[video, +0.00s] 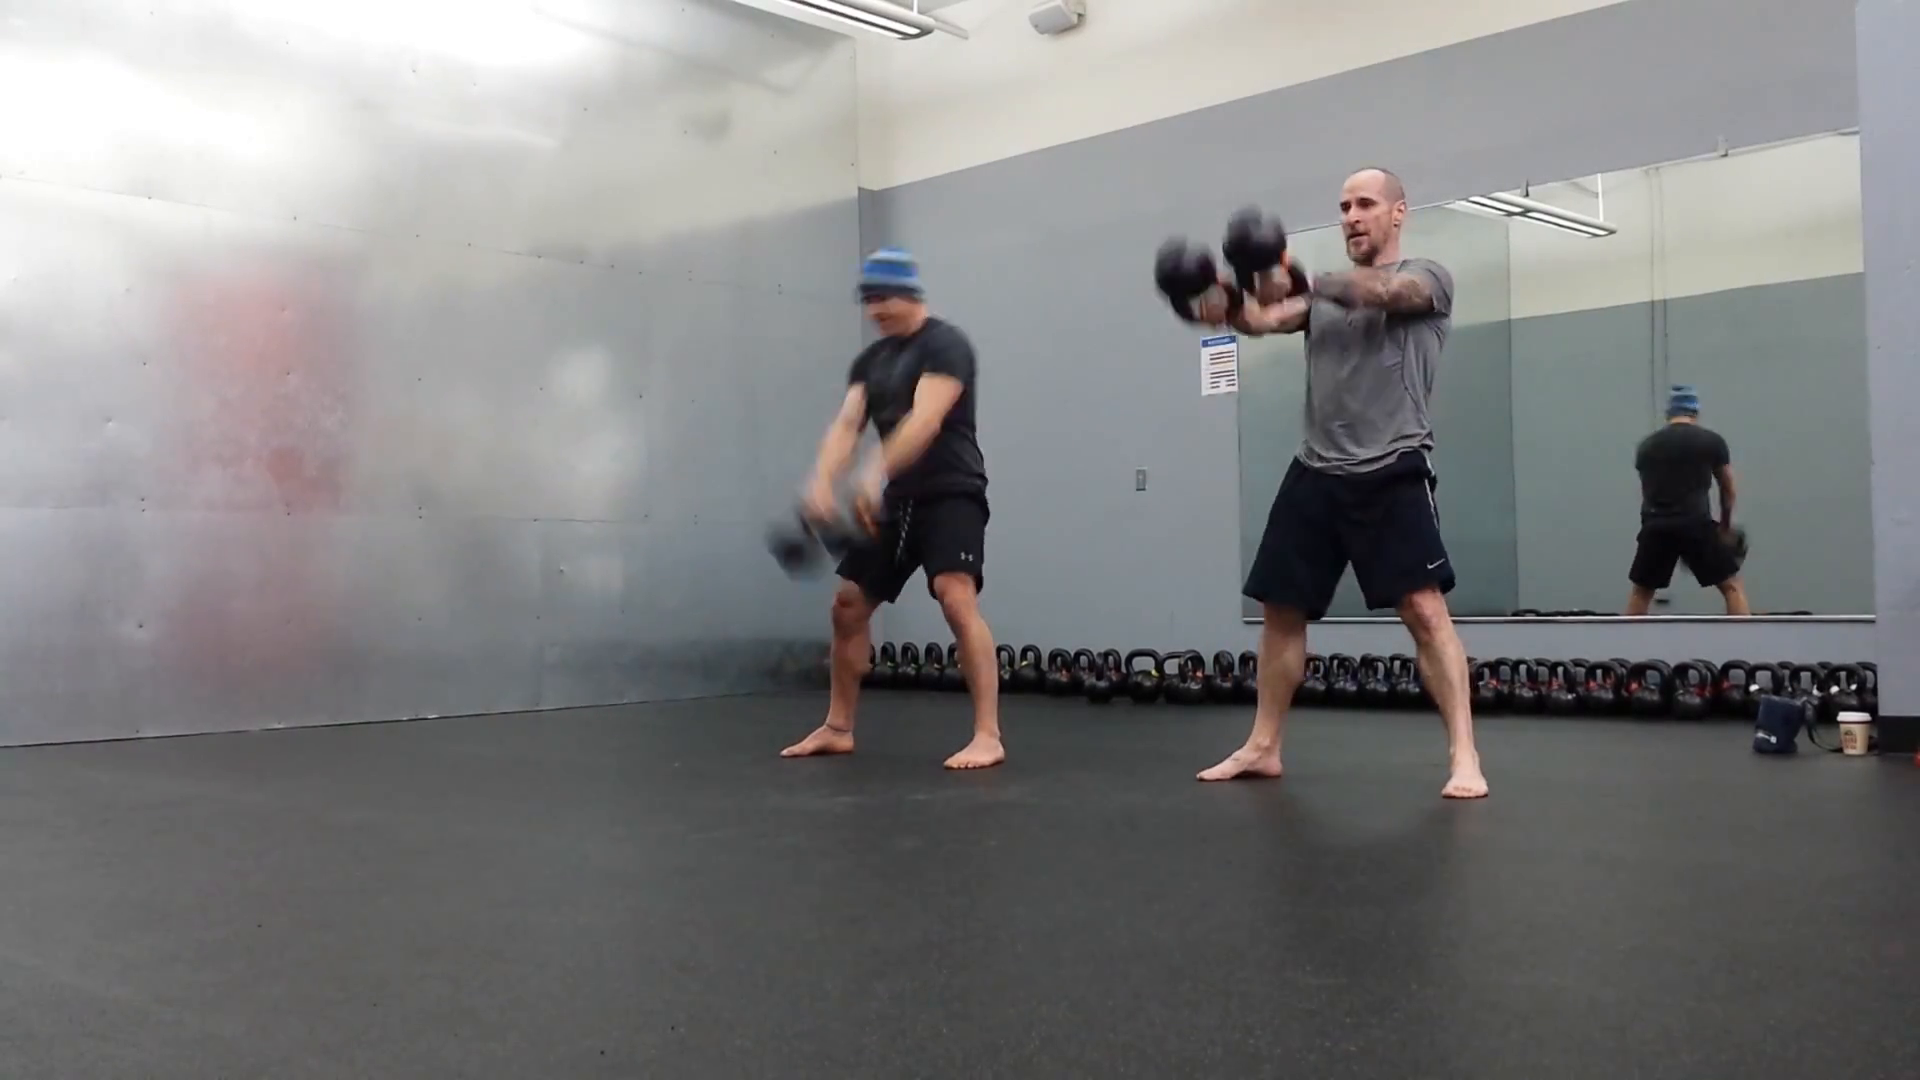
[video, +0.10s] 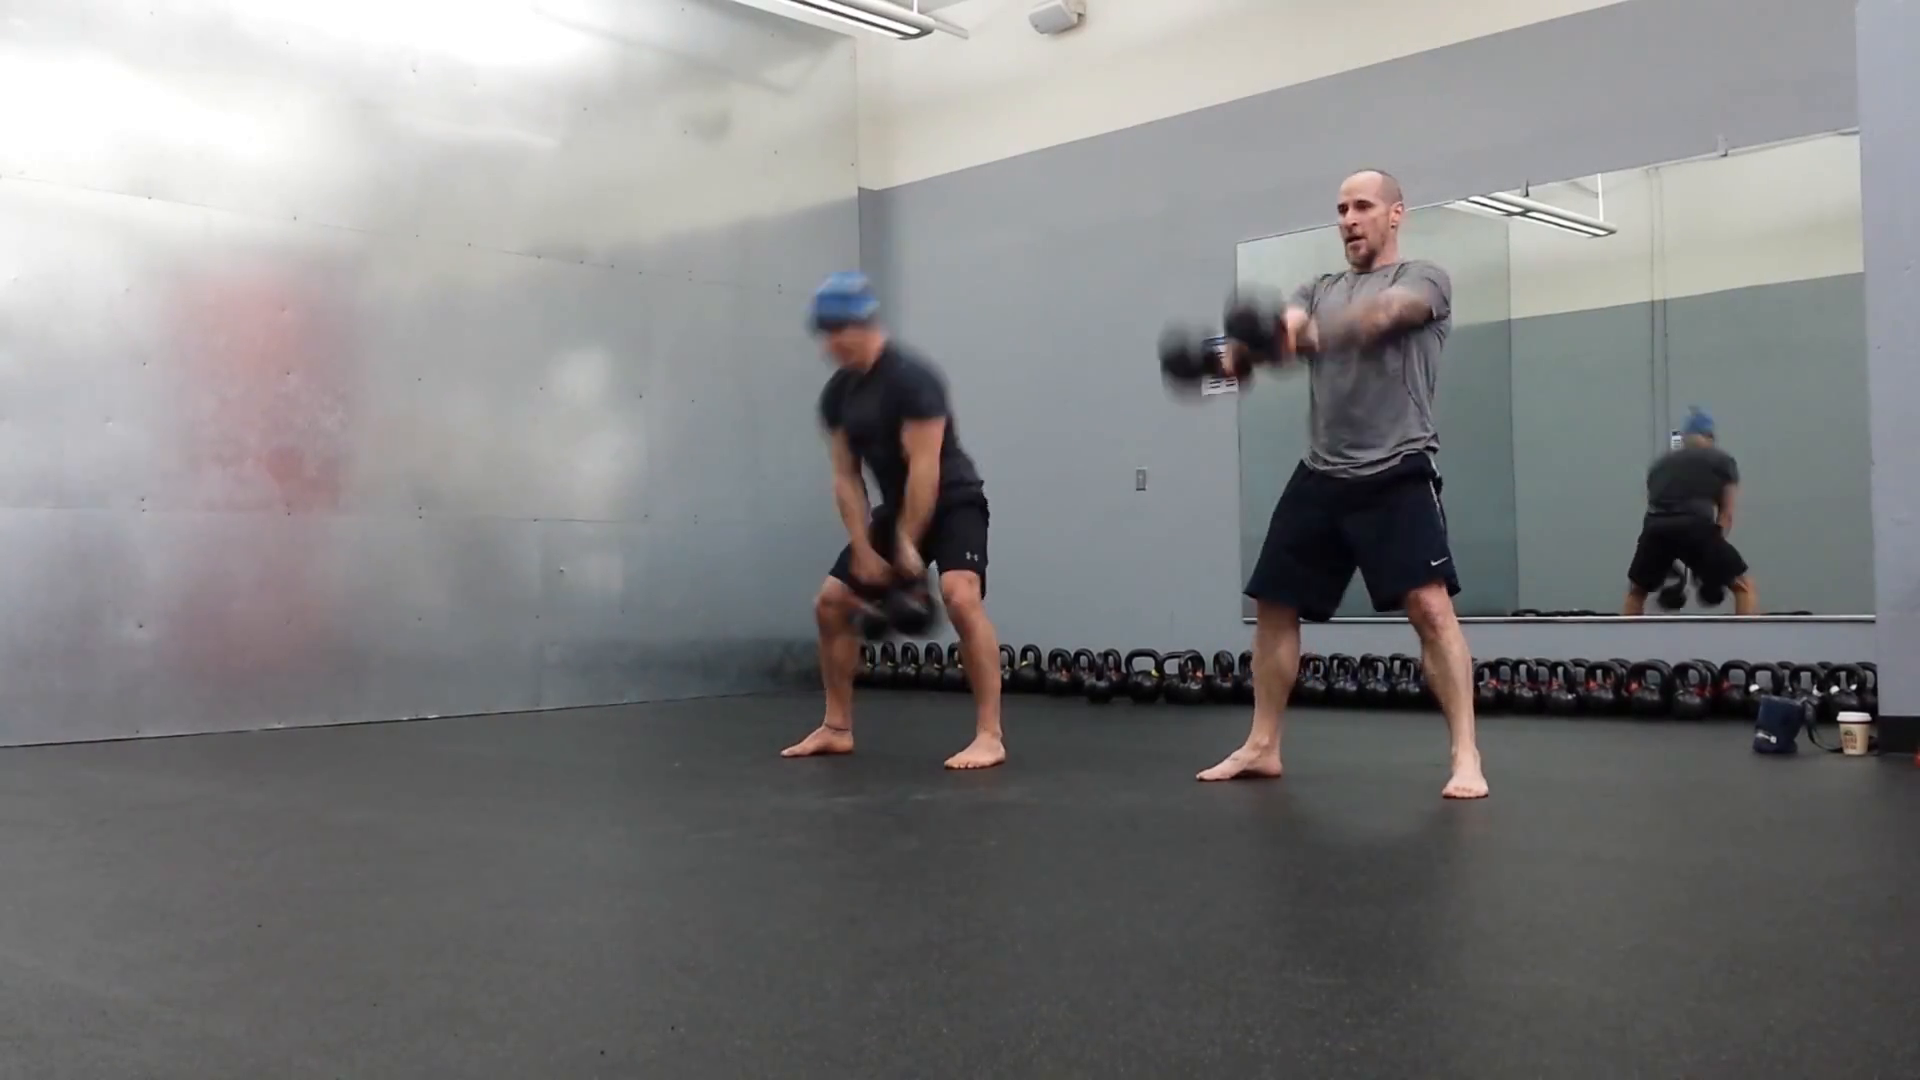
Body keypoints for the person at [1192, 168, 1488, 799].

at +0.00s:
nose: (1351, 217)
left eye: (1364, 204)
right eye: (1345, 208)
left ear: (1399, 212)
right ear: (1339, 222)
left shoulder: (1430, 278)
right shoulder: (1328, 290)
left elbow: (1385, 293)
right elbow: (1262, 316)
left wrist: (1307, 281)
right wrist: (1211, 299)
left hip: (1393, 472)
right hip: (1315, 474)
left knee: (1426, 613)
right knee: (1281, 608)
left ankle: (1464, 756)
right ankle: (1263, 745)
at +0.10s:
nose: (1347, 219)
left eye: (1361, 207)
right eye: (1342, 210)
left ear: (1396, 215)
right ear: (1337, 222)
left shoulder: (1426, 279)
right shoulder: (1317, 290)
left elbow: (1386, 315)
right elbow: (1282, 333)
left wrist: (1314, 336)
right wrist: (1237, 355)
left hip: (1398, 472)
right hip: (1320, 476)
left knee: (1430, 607)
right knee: (1274, 602)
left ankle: (1466, 756)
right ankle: (1262, 744)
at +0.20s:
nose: (1334, 228)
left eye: (1347, 215)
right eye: (1327, 217)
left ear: (1381, 221)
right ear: (1320, 228)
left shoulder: (1414, 288)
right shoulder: (1307, 299)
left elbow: (1377, 355)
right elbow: (1275, 368)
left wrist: (1320, 409)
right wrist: (1250, 429)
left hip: (1403, 481)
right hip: (1322, 484)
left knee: (1441, 602)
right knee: (1263, 605)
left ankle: (1467, 755)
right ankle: (1261, 744)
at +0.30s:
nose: (1297, 252)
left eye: (1310, 239)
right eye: (1292, 242)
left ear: (1347, 241)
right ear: (1288, 251)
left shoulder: (1388, 316)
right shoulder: (1281, 333)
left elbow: (1371, 422)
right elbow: (1277, 429)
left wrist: (1340, 509)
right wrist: (1281, 520)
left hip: (1401, 488)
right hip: (1326, 492)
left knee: (1445, 601)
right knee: (1246, 606)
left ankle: (1467, 756)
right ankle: (1261, 744)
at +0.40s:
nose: (1253, 309)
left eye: (1265, 295)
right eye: (1247, 298)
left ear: (1300, 297)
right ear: (1244, 310)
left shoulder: (1353, 373)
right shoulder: (1251, 394)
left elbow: (1368, 489)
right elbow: (1276, 491)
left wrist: (1371, 586)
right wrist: (1310, 580)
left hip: (1398, 507)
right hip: (1323, 512)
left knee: (1434, 610)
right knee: (1230, 612)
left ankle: (1464, 758)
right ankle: (1260, 746)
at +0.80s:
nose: (1272, 261)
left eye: (1286, 250)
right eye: (1268, 252)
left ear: (1322, 258)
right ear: (1267, 269)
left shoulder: (1368, 344)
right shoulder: (1263, 358)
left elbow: (1372, 455)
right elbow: (1273, 457)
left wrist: (1358, 548)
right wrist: (1288, 546)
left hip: (1391, 493)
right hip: (1314, 498)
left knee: (1435, 603)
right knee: (1232, 606)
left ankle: (1463, 755)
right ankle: (1260, 744)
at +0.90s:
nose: (1320, 215)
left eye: (1334, 203)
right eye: (1315, 207)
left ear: (1372, 214)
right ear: (1312, 222)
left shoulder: (1401, 290)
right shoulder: (1302, 302)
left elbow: (1375, 375)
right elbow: (1276, 380)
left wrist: (1327, 444)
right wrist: (1258, 454)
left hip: (1393, 472)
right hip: (1319, 472)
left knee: (1424, 602)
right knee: (1264, 602)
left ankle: (1463, 754)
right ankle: (1262, 743)